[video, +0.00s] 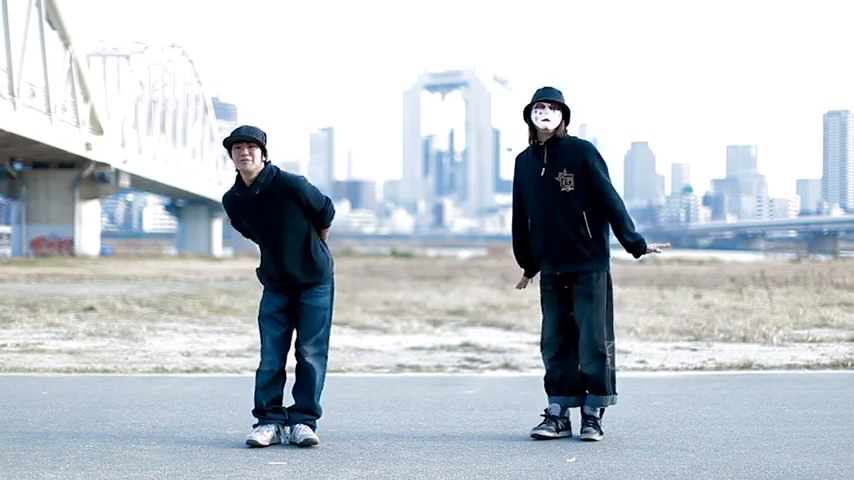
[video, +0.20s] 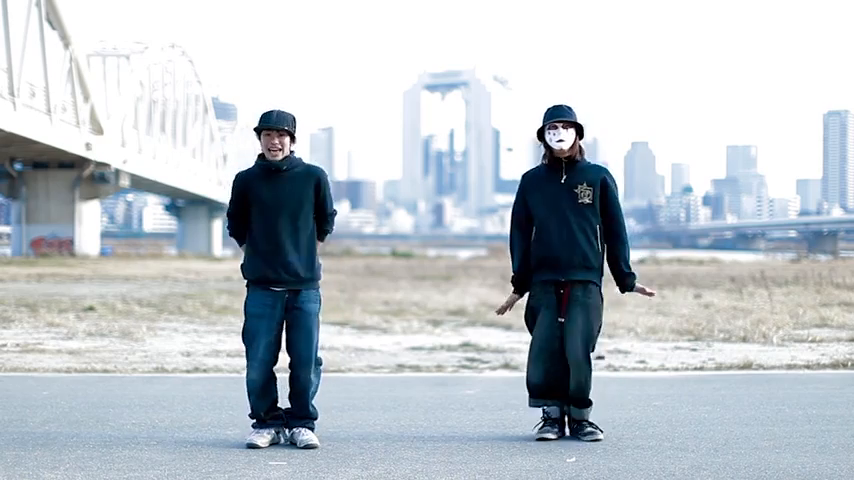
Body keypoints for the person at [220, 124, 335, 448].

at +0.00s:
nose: (244, 154)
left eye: (250, 148)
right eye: (238, 149)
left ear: (263, 153)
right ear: (231, 156)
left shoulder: (292, 184)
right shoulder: (232, 200)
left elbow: (325, 213)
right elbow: (253, 233)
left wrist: (315, 245)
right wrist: (287, 245)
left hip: (314, 279)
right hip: (275, 281)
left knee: (309, 353)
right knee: (270, 355)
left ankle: (302, 422)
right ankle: (269, 422)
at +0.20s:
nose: (274, 141)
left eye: (280, 135)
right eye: (268, 135)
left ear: (291, 140)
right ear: (259, 139)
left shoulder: (314, 177)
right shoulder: (245, 180)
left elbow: (324, 226)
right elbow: (236, 227)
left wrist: (299, 244)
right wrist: (262, 248)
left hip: (304, 285)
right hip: (262, 286)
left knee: (305, 359)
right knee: (258, 359)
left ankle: (301, 424)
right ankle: (265, 424)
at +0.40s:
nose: (291, 161)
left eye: (298, 156)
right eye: (286, 155)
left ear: (307, 163)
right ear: (275, 159)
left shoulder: (321, 205)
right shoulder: (254, 198)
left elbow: (330, 249)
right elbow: (232, 242)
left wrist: (311, 273)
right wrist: (254, 270)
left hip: (305, 297)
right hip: (262, 296)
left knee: (309, 364)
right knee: (260, 364)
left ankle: (301, 426)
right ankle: (264, 426)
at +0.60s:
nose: (314, 140)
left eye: (321, 136)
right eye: (309, 134)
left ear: (327, 144)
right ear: (297, 136)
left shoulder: (331, 189)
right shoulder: (267, 173)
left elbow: (325, 233)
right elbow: (238, 211)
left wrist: (298, 248)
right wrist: (256, 240)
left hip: (302, 282)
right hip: (260, 279)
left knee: (304, 356)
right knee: (262, 354)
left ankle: (301, 424)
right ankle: (265, 424)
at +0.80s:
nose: (330, 170)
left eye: (337, 166)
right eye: (324, 162)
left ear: (343, 175)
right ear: (311, 166)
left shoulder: (339, 214)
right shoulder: (278, 200)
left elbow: (312, 240)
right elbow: (241, 224)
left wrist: (279, 253)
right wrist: (253, 255)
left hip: (297, 286)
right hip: (258, 286)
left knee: (297, 355)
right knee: (258, 355)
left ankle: (298, 424)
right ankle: (265, 422)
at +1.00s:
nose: (312, 147)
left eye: (320, 143)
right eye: (308, 140)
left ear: (327, 150)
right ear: (297, 141)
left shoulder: (332, 192)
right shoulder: (265, 177)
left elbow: (328, 230)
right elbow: (241, 209)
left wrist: (300, 245)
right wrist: (260, 241)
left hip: (303, 281)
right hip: (261, 280)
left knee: (303, 353)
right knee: (260, 352)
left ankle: (301, 423)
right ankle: (266, 423)